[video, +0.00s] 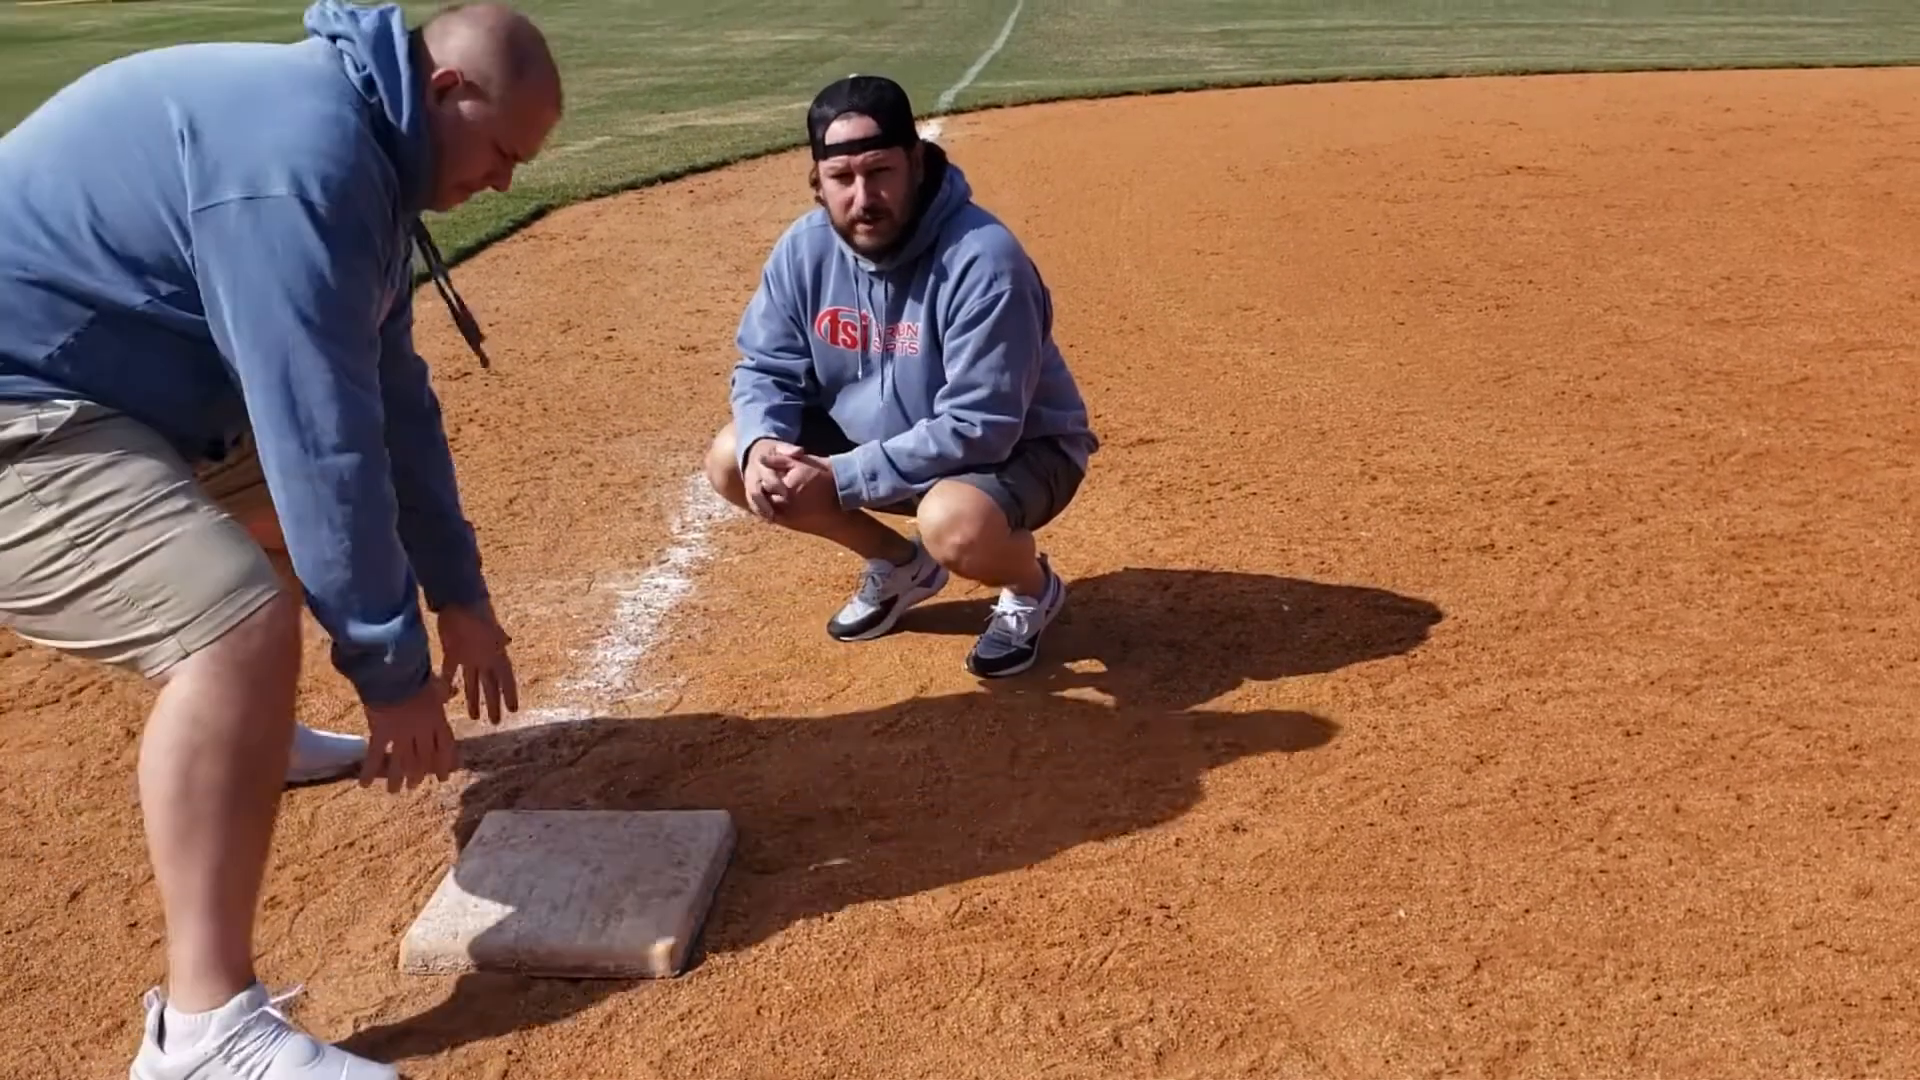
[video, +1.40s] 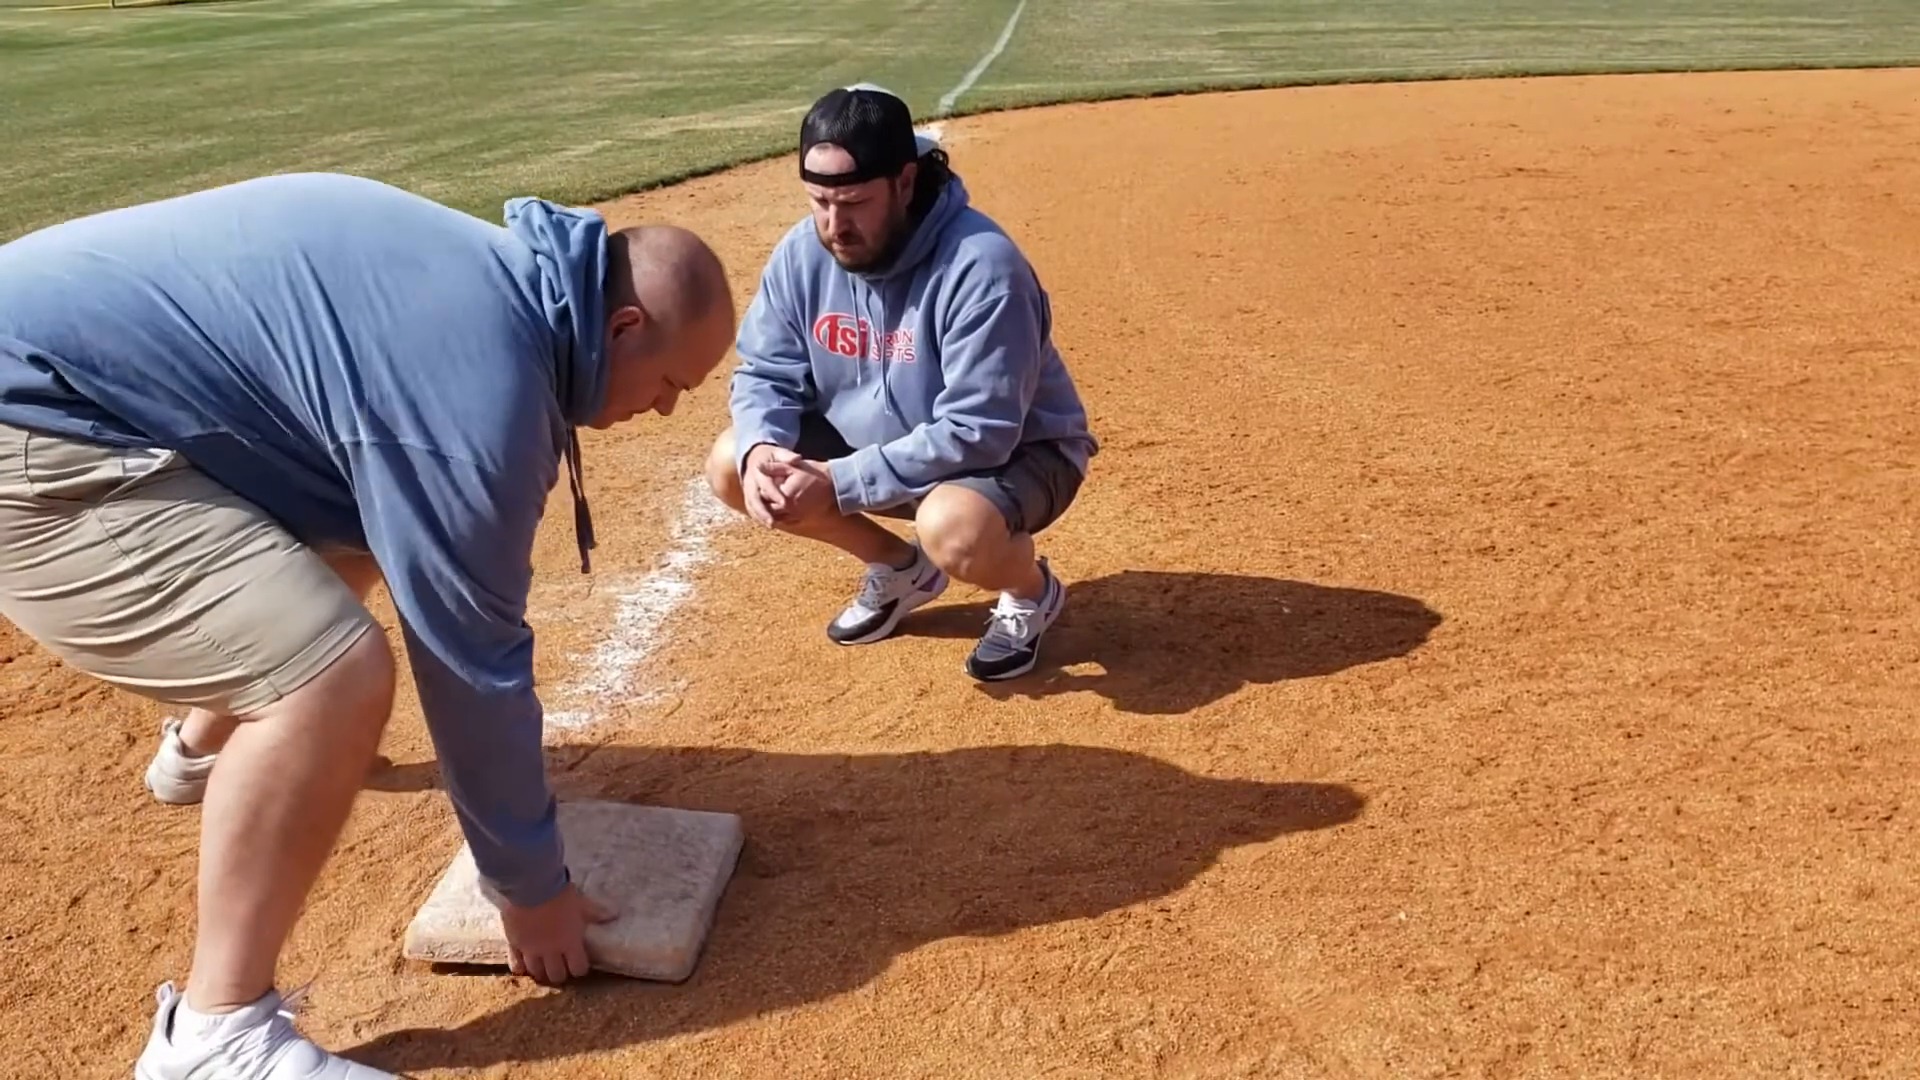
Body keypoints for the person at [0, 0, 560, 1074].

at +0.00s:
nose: (497, 185)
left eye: (514, 166)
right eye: (502, 156)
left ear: (445, 94)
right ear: (443, 92)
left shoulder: (351, 150)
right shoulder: (298, 157)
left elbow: (398, 404)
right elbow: (325, 447)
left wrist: (462, 599)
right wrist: (395, 676)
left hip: (98, 375)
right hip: (19, 394)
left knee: (270, 506)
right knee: (236, 621)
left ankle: (250, 739)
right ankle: (202, 1020)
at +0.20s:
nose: (571, 306)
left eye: (586, 289)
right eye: (576, 281)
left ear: (528, 212)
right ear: (528, 222)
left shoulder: (425, 249)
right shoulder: (360, 255)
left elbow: (424, 505)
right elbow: (357, 540)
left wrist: (460, 719)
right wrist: (415, 768)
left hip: (95, 396)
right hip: (19, 421)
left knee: (304, 502)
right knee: (260, 642)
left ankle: (280, 737)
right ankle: (207, 1023)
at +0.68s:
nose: (617, 397)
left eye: (637, 382)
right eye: (628, 371)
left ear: (575, 297)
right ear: (580, 313)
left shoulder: (439, 271)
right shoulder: (439, 382)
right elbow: (455, 653)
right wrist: (510, 870)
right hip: (24, 456)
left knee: (342, 551)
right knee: (303, 677)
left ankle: (211, 740)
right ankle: (204, 1033)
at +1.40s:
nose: (659, 409)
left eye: (679, 393)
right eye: (672, 385)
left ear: (620, 301)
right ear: (629, 326)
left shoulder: (477, 275)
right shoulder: (478, 387)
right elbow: (473, 665)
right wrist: (533, 888)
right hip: (32, 428)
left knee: (352, 535)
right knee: (333, 668)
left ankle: (207, 739)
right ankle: (212, 1028)